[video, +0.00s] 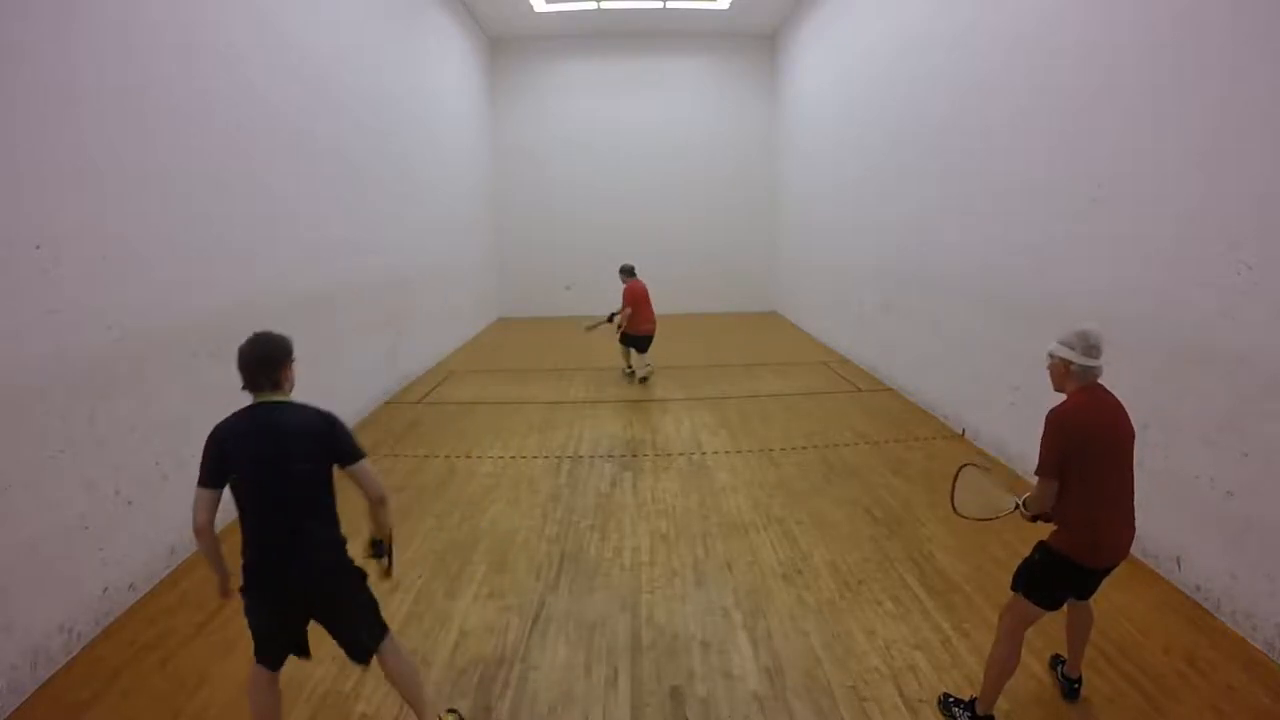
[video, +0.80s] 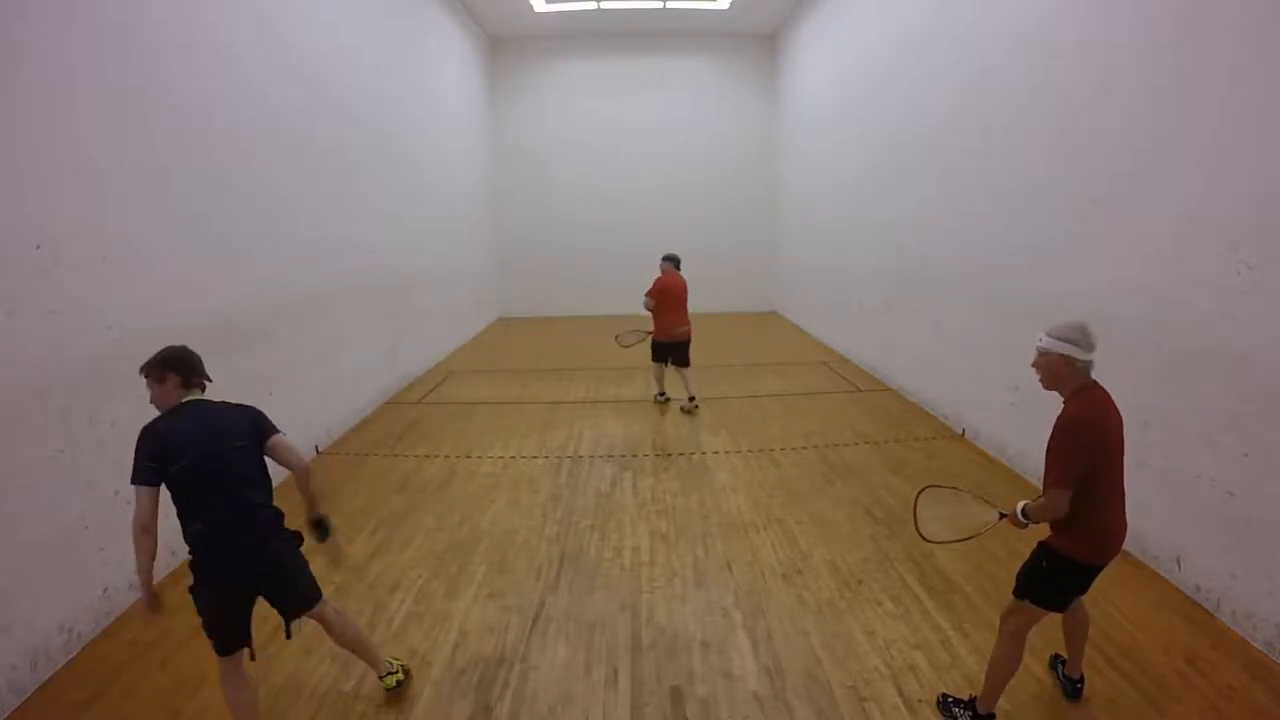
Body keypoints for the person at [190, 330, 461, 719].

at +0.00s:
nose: (294, 370)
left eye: (291, 364)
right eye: (292, 365)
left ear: (244, 378)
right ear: (287, 372)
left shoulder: (225, 436)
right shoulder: (319, 423)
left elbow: (202, 525)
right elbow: (376, 494)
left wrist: (222, 576)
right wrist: (380, 538)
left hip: (267, 578)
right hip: (327, 570)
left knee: (265, 667)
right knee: (383, 644)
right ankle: (429, 713)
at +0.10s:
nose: (270, 389)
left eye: (267, 383)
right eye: (269, 384)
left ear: (223, 396)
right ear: (265, 390)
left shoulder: (205, 449)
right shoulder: (295, 432)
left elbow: (184, 538)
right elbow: (327, 503)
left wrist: (202, 588)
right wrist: (308, 534)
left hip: (262, 576)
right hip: (318, 560)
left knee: (265, 664)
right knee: (352, 614)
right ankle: (404, 683)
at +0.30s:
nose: (251, 433)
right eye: (250, 429)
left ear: (212, 443)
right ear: (250, 434)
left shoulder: (211, 475)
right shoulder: (261, 467)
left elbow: (209, 555)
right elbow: (260, 538)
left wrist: (200, 627)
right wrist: (215, 559)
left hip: (275, 591)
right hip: (321, 572)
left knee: (274, 664)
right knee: (336, 612)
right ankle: (353, 658)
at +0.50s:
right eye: (227, 428)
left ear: (192, 444)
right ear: (229, 431)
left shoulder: (186, 485)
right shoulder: (259, 462)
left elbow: (169, 556)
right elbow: (300, 516)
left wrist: (142, 633)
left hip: (255, 592)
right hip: (301, 569)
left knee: (271, 655)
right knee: (324, 602)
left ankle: (270, 713)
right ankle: (352, 657)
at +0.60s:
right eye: (214, 402)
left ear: (179, 418)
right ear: (217, 406)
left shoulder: (170, 466)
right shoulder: (251, 438)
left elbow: (160, 540)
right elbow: (314, 486)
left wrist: (144, 622)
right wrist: (359, 514)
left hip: (231, 582)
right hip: (283, 560)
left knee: (263, 647)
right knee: (320, 605)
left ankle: (267, 712)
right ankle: (356, 654)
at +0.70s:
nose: (160, 407)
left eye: (161, 397)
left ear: (177, 391)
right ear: (203, 390)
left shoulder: (164, 444)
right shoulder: (248, 419)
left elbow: (151, 527)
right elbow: (316, 461)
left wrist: (137, 606)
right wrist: (358, 501)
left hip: (217, 570)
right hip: (274, 551)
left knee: (244, 652)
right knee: (319, 608)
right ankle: (370, 666)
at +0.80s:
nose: (150, 396)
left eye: (154, 385)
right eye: (148, 387)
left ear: (178, 382)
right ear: (198, 382)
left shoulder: (155, 436)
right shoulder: (242, 414)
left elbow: (144, 523)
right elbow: (299, 464)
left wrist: (146, 584)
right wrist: (313, 511)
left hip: (217, 567)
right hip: (273, 547)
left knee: (231, 663)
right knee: (323, 610)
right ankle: (386, 670)